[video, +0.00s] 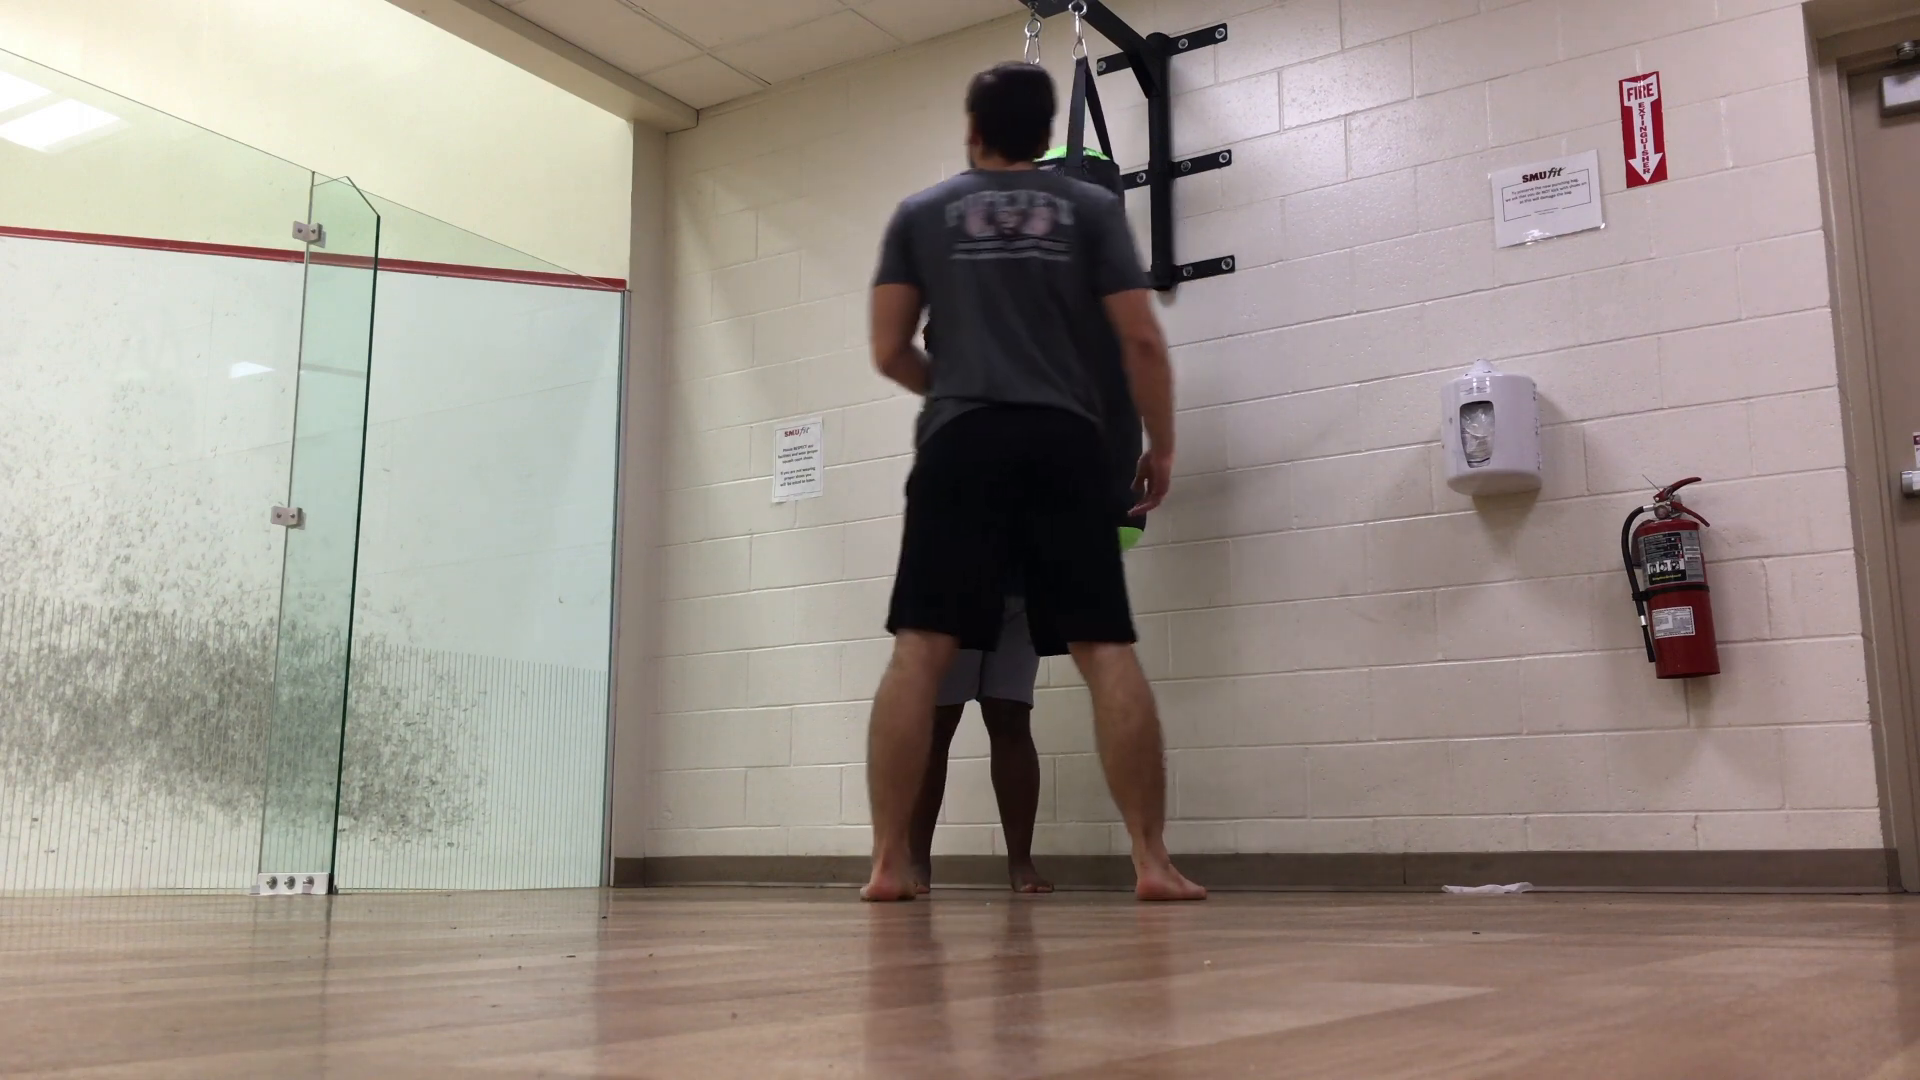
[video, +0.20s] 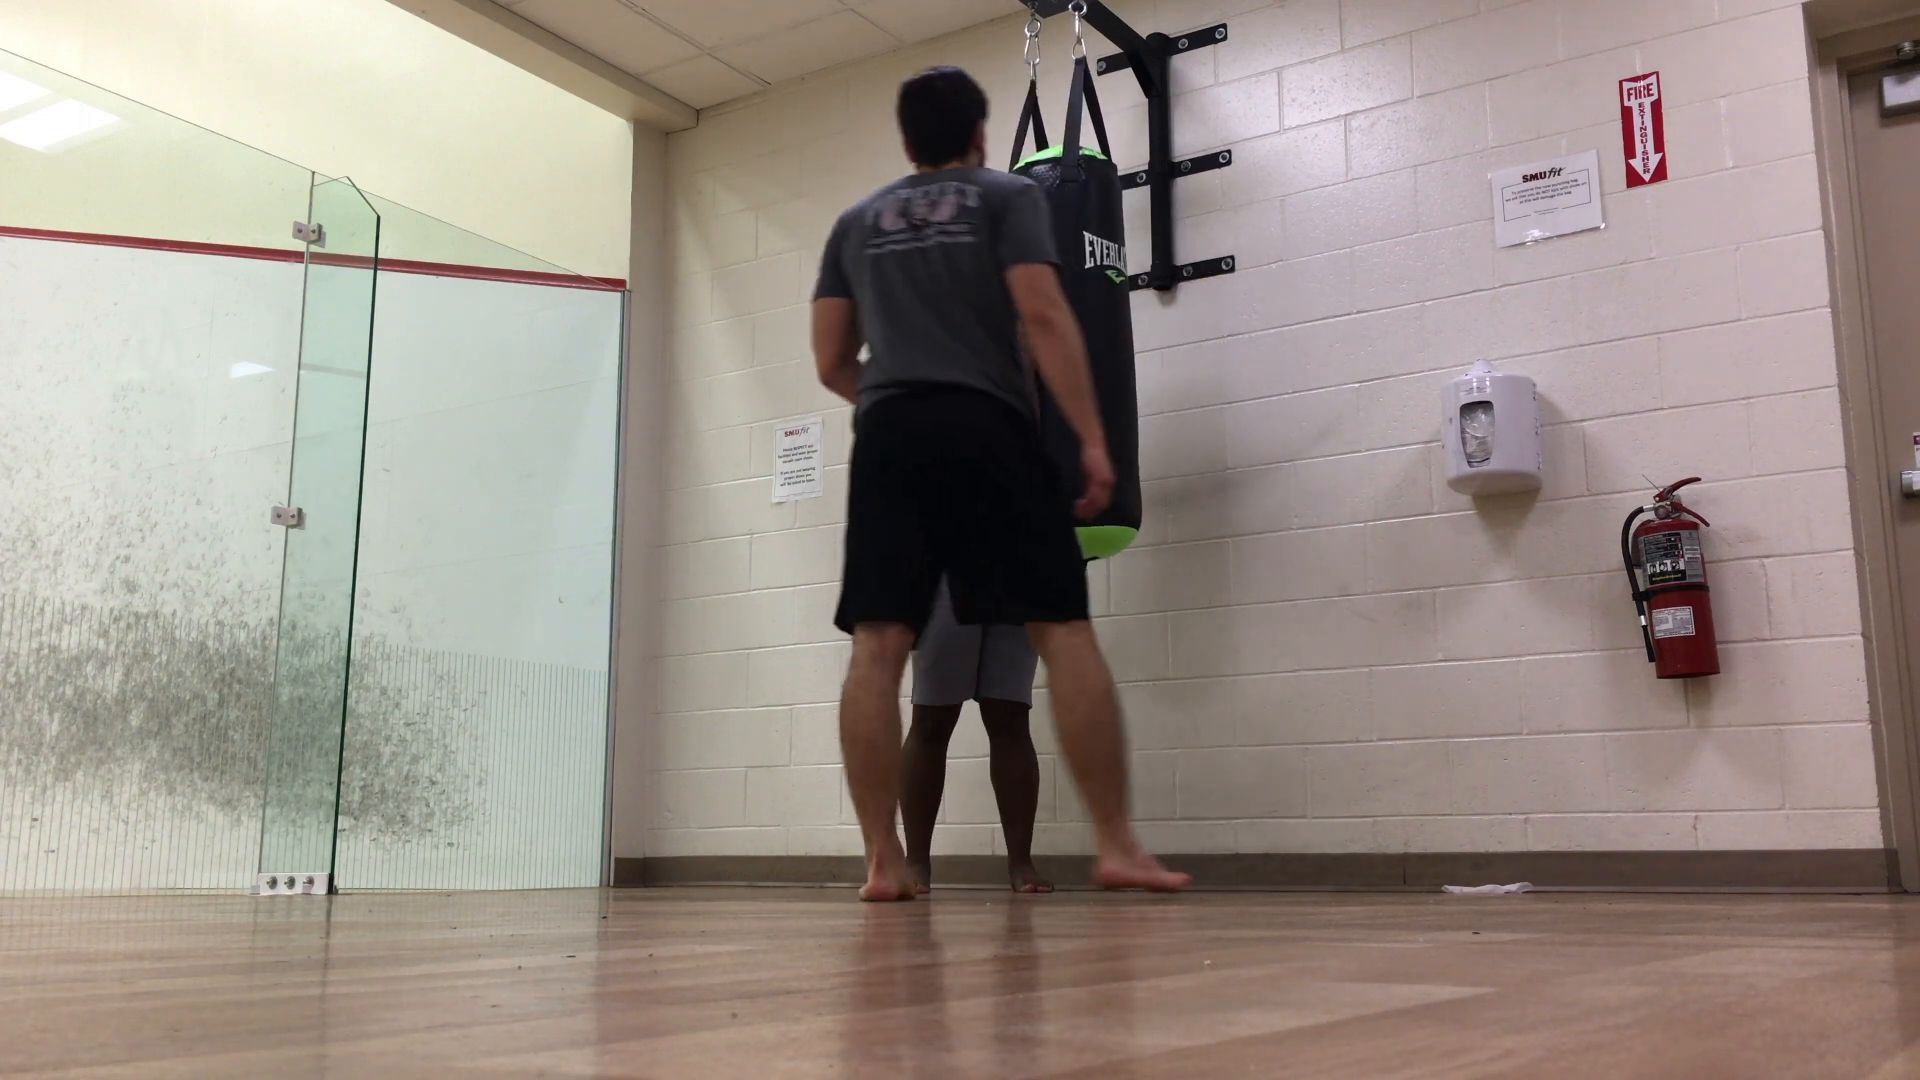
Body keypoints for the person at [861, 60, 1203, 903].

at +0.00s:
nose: (980, 137)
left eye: (972, 124)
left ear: (971, 133)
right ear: (1050, 136)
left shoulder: (918, 213)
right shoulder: (1091, 205)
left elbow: (889, 351)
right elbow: (1142, 335)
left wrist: (957, 386)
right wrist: (1161, 446)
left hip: (961, 448)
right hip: (1074, 450)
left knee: (920, 645)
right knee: (1107, 652)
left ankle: (891, 861)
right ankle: (1151, 858)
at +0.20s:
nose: (984, 140)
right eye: (984, 130)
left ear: (904, 142)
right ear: (981, 135)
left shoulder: (856, 222)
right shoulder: (1008, 197)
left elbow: (833, 366)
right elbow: (1041, 314)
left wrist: (903, 396)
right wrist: (1091, 436)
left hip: (889, 441)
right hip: (991, 436)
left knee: (877, 643)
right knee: (1063, 631)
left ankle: (885, 861)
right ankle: (1117, 844)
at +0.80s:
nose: (907, 120)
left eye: (903, 105)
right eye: (904, 103)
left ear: (824, 101)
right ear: (883, 92)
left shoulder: (791, 186)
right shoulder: (841, 144)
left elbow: (782, 339)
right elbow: (868, 266)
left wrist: (761, 473)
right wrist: (977, 361)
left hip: (803, 422)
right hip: (802, 411)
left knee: (900, 609)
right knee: (771, 610)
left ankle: (869, 823)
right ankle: (650, 822)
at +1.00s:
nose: (896, 105)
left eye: (897, 90)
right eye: (897, 87)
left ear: (836, 73)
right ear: (880, 73)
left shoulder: (841, 161)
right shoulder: (812, 119)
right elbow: (798, 229)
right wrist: (902, 319)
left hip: (843, 406)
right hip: (795, 391)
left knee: (859, 611)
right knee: (774, 589)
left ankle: (831, 832)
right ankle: (665, 813)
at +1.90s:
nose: (971, 212)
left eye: (969, 204)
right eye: (972, 203)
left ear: (894, 200)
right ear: (963, 196)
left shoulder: (838, 269)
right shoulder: (967, 243)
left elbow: (813, 396)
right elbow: (985, 356)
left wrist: (876, 449)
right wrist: (1018, 475)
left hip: (866, 486)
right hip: (955, 480)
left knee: (878, 671)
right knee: (976, 671)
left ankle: (866, 858)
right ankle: (985, 863)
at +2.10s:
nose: (982, 211)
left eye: (977, 203)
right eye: (985, 201)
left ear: (909, 199)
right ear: (977, 197)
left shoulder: (850, 266)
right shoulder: (995, 252)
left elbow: (830, 391)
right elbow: (1028, 359)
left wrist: (892, 434)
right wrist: (1051, 468)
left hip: (880, 478)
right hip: (969, 475)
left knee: (902, 660)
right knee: (983, 665)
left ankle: (880, 821)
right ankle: (992, 860)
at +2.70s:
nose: (933, 197)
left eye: (932, 183)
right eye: (931, 182)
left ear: (865, 172)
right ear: (914, 171)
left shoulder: (878, 253)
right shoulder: (856, 219)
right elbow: (828, 308)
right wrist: (940, 368)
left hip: (876, 463)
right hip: (846, 450)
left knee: (863, 665)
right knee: (847, 589)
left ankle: (871, 857)